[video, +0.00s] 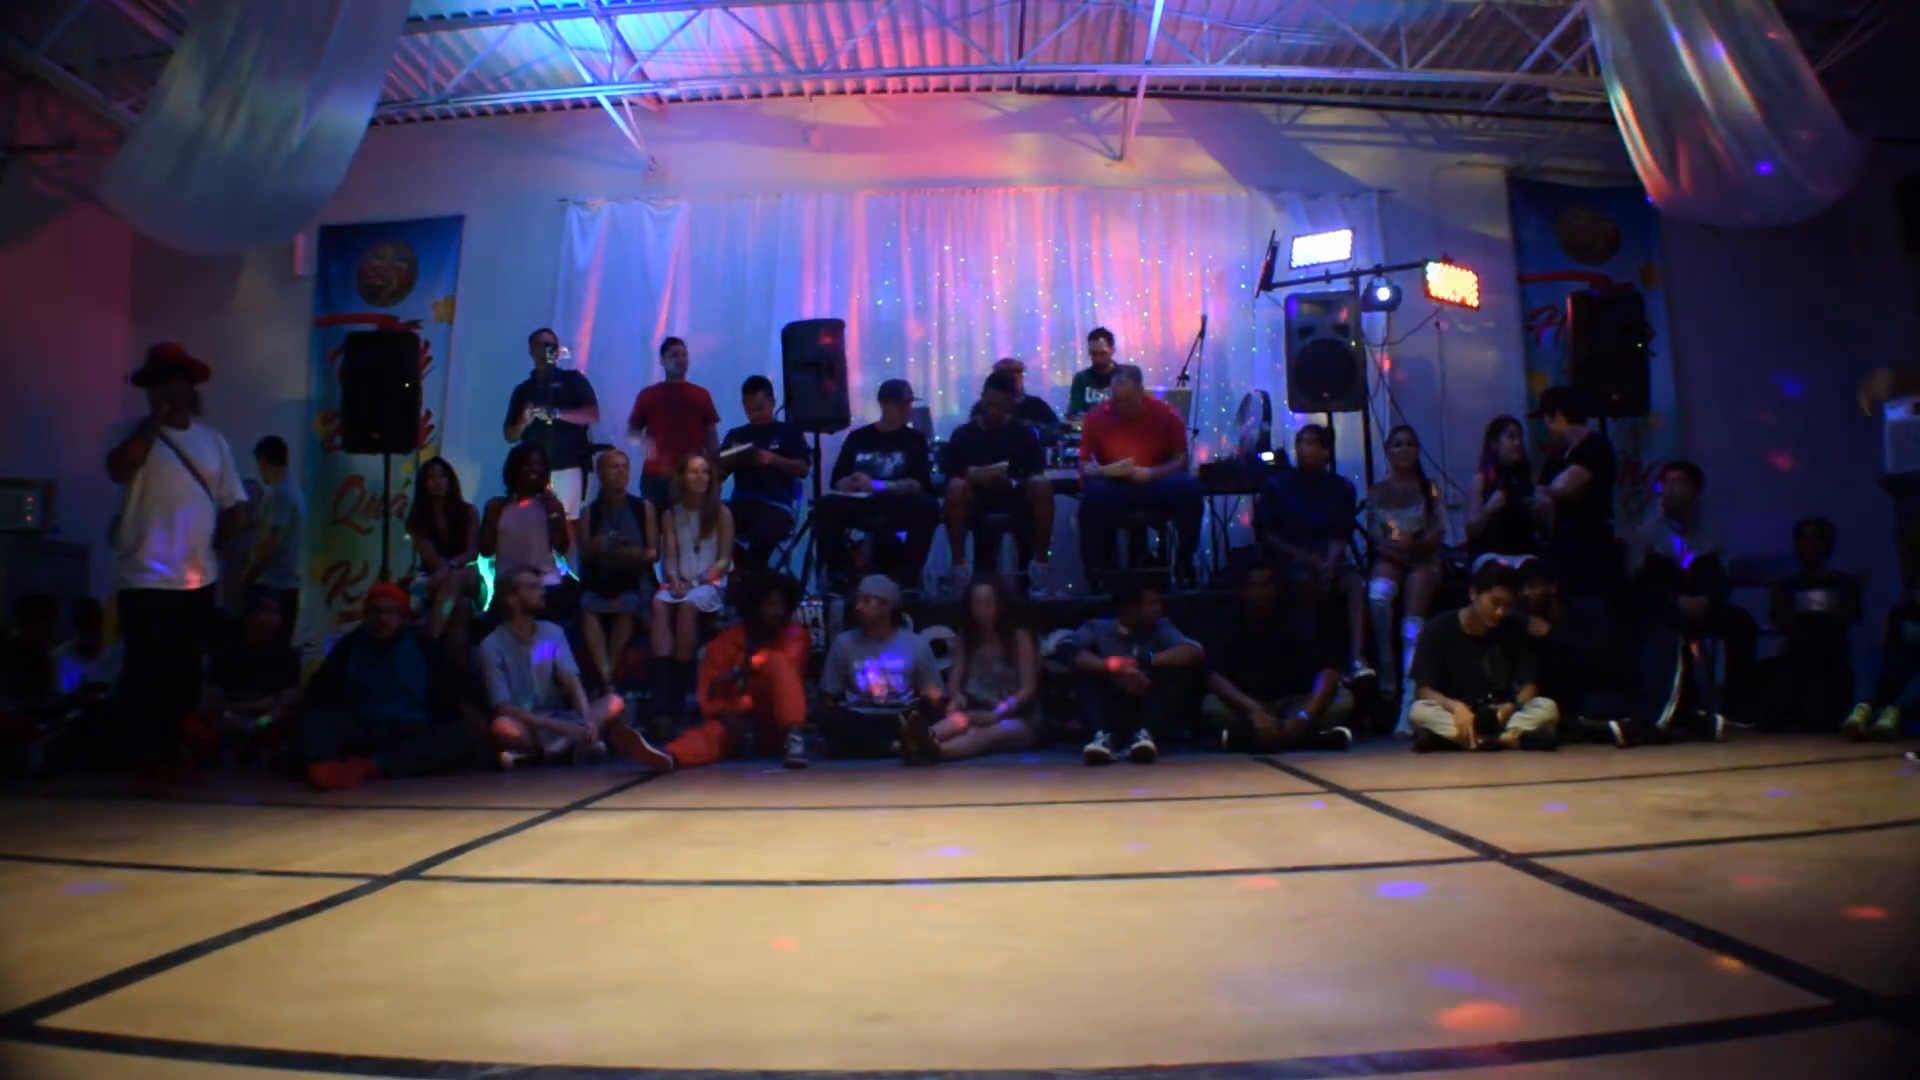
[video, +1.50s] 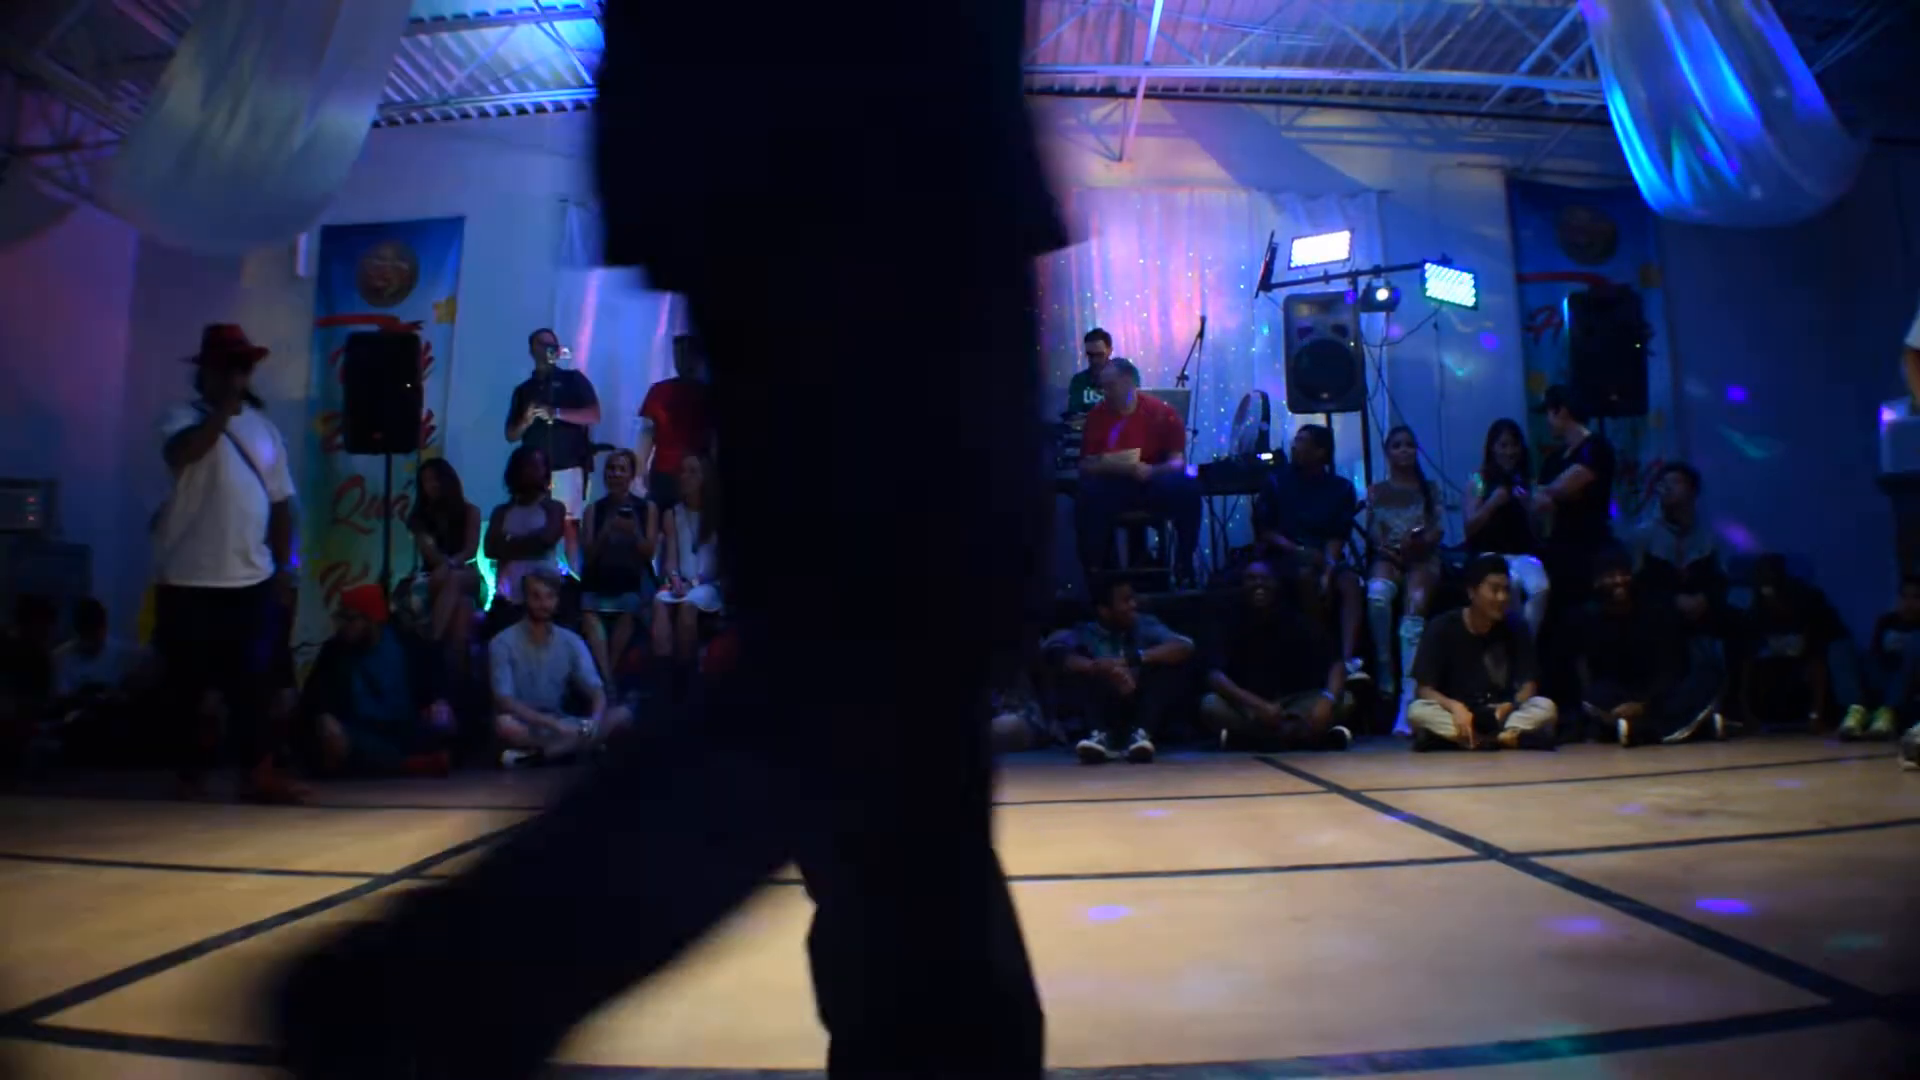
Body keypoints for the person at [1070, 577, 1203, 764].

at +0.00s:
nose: (1158, 609)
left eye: (1158, 603)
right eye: (1152, 604)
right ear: (1130, 607)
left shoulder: (1160, 629)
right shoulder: (1099, 630)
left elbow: (1194, 651)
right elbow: (1067, 650)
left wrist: (1147, 661)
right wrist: (1114, 667)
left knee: (1173, 670)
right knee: (1088, 671)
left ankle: (1145, 733)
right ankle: (1102, 735)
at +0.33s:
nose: (1162, 609)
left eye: (1162, 602)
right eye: (1156, 603)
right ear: (1135, 608)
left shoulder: (1164, 631)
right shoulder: (1103, 629)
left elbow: (1195, 652)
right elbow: (1065, 647)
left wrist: (1143, 661)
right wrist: (1110, 666)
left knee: (1173, 672)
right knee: (1087, 674)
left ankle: (1143, 734)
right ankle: (1102, 735)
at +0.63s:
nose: (1158, 609)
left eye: (1159, 602)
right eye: (1152, 602)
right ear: (1131, 606)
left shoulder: (1162, 629)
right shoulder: (1102, 629)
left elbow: (1194, 652)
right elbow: (1064, 649)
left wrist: (1148, 659)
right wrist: (1108, 667)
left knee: (1174, 671)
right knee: (1087, 673)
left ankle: (1144, 734)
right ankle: (1102, 735)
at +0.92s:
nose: (1151, 608)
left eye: (1151, 602)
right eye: (1144, 603)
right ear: (1125, 608)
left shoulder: (1159, 629)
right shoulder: (1100, 630)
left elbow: (1192, 651)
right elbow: (1061, 650)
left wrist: (1143, 660)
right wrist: (1110, 671)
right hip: (1109, 701)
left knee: (1172, 669)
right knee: (1088, 672)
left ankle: (1144, 734)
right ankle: (1101, 735)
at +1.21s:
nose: (1142, 607)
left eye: (1141, 601)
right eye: (1134, 602)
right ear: (1113, 609)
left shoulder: (1151, 627)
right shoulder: (1092, 631)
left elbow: (1189, 649)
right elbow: (1060, 652)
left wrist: (1139, 659)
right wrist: (1108, 668)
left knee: (1170, 666)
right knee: (1088, 671)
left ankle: (1143, 733)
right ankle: (1101, 734)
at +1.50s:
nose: (1133, 606)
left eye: (1132, 600)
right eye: (1125, 601)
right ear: (1105, 610)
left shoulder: (1143, 627)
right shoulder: (1086, 633)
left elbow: (1185, 647)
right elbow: (1053, 652)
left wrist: (1136, 659)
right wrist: (1105, 668)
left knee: (1160, 668)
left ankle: (1142, 734)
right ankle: (1099, 734)